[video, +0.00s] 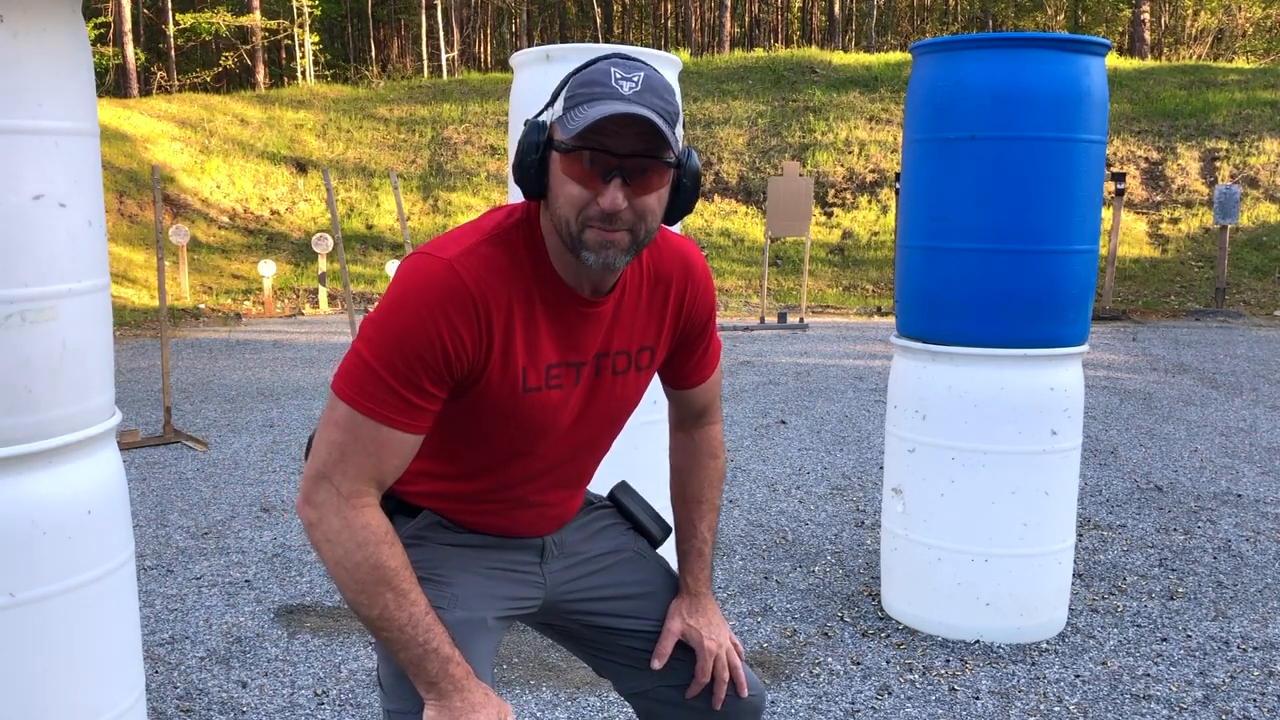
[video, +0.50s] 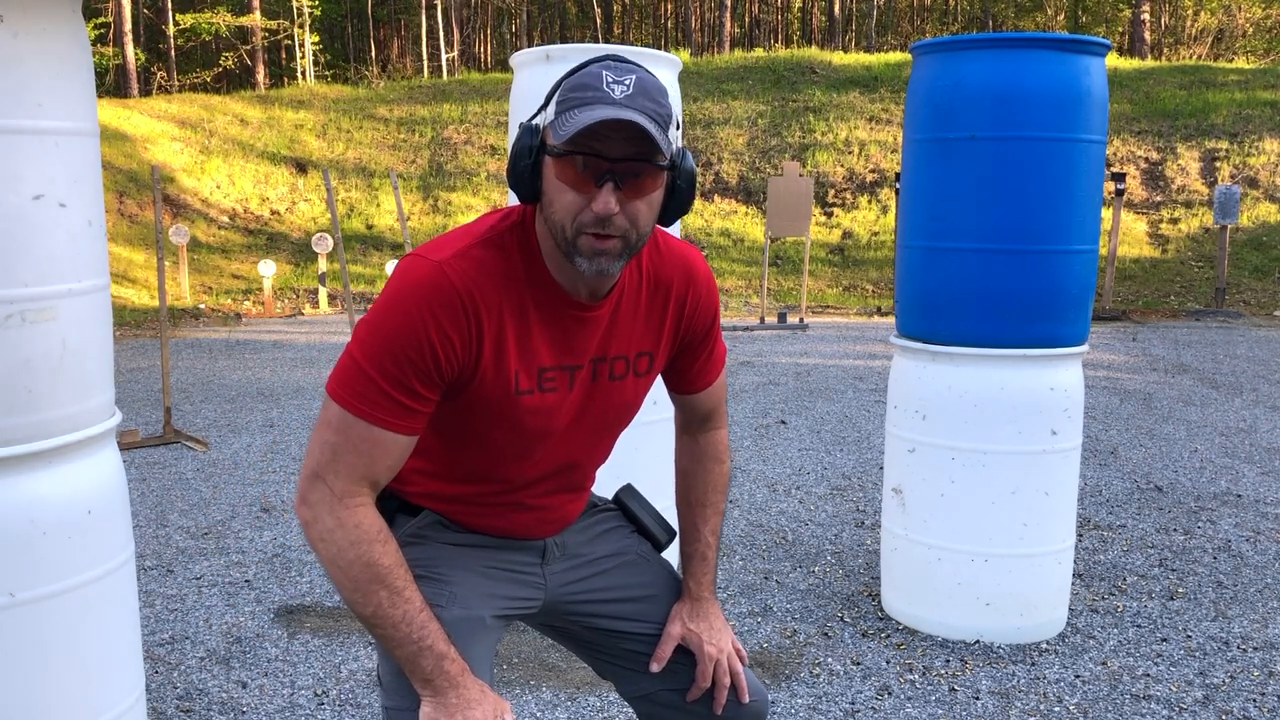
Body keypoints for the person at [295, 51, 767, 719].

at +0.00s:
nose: (612, 198)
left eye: (641, 171)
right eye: (590, 164)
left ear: (674, 181)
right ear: (543, 162)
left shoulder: (678, 275)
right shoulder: (448, 283)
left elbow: (698, 420)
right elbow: (333, 496)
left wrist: (696, 588)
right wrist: (450, 689)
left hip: (576, 527)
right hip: (445, 539)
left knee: (727, 700)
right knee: (440, 709)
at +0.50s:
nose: (606, 204)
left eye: (635, 174)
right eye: (582, 167)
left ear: (669, 183)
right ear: (534, 165)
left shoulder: (681, 280)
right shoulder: (441, 287)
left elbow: (703, 424)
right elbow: (330, 497)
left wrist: (700, 591)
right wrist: (446, 684)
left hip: (580, 530)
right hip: (446, 540)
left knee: (730, 702)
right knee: (439, 709)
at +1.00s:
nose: (606, 199)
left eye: (634, 170)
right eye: (581, 164)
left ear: (668, 179)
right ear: (533, 163)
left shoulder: (676, 275)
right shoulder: (441, 291)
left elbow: (694, 420)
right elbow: (330, 508)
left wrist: (696, 589)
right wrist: (466, 689)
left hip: (577, 528)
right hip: (444, 539)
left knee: (723, 699)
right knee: (435, 705)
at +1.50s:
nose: (583, 190)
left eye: (610, 157)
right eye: (557, 154)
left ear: (639, 165)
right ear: (503, 154)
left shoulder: (622, 252)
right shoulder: (445, 296)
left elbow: (626, 420)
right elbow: (610, 509)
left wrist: (661, 574)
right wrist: (722, 343)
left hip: (550, 537)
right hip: (426, 562)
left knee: (690, 686)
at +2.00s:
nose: (583, 200)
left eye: (610, 168)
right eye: (557, 164)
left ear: (641, 176)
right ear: (504, 162)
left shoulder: (628, 256)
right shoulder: (441, 303)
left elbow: (635, 424)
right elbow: (615, 508)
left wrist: (667, 581)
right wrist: (714, 338)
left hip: (552, 536)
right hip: (427, 560)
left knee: (695, 686)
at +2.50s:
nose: (609, 192)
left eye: (635, 162)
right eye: (584, 157)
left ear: (663, 170)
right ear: (527, 153)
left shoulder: (647, 255)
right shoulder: (461, 300)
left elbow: (653, 410)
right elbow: (497, 566)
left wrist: (678, 581)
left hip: (549, 515)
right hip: (426, 541)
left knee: (699, 690)